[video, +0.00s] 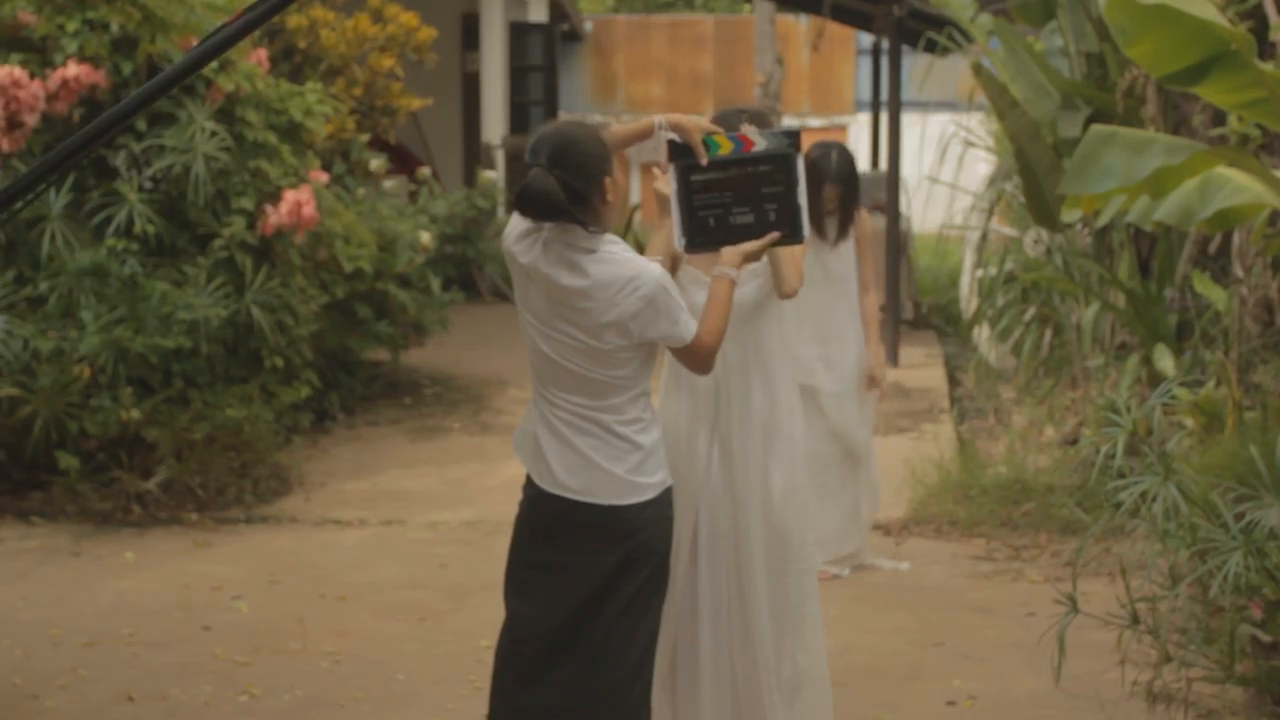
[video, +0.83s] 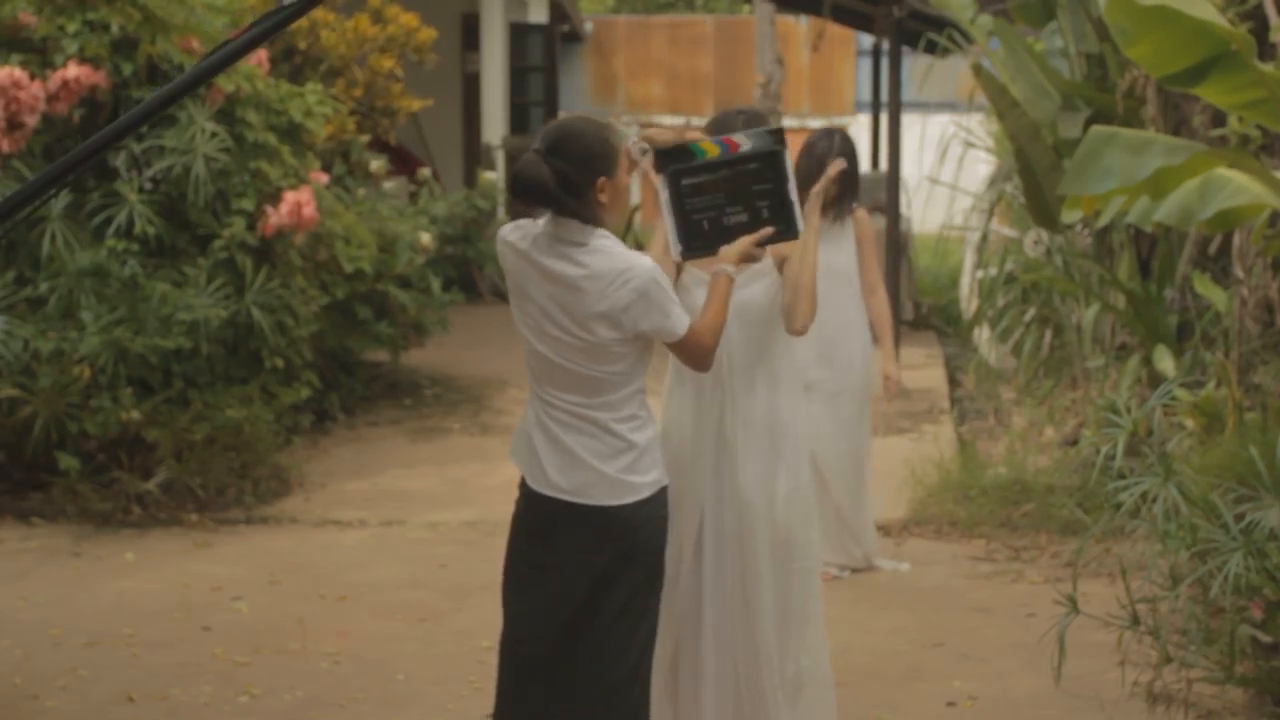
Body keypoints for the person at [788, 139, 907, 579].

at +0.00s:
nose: (828, 201)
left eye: (836, 192)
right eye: (821, 192)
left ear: (849, 189)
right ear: (806, 188)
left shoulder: (860, 225)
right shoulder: (792, 223)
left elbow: (869, 291)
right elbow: (778, 290)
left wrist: (874, 351)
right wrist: (774, 357)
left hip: (843, 353)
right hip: (796, 355)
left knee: (844, 450)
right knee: (803, 451)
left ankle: (845, 547)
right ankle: (809, 550)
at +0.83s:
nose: (832, 183)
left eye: (841, 175)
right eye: (824, 174)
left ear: (850, 176)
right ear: (805, 173)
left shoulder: (857, 220)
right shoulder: (786, 221)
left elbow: (873, 288)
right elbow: (771, 293)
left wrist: (888, 354)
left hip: (845, 353)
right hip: (795, 354)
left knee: (844, 450)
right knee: (802, 451)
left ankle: (850, 547)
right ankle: (812, 552)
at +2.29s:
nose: (812, 147)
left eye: (824, 141)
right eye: (805, 140)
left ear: (840, 158)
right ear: (792, 154)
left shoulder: (851, 210)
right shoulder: (776, 211)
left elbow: (862, 248)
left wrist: (875, 192)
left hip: (843, 335)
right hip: (789, 335)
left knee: (846, 435)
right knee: (793, 433)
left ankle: (846, 543)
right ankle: (801, 540)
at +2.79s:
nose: (815, 152)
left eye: (825, 145)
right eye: (807, 145)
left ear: (840, 160)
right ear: (792, 158)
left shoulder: (850, 213)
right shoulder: (777, 212)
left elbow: (894, 204)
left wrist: (878, 179)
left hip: (847, 333)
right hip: (795, 334)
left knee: (848, 436)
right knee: (800, 436)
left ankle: (849, 543)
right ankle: (806, 546)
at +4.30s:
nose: (813, 160)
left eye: (822, 151)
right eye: (803, 151)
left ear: (836, 157)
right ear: (791, 160)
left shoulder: (860, 218)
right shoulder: (780, 219)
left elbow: (873, 289)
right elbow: (771, 291)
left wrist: (875, 356)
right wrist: (772, 353)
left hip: (848, 352)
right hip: (795, 351)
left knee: (848, 448)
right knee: (800, 445)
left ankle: (851, 546)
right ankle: (807, 546)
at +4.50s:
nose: (814, 161)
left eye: (823, 152)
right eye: (804, 152)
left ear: (837, 158)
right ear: (792, 160)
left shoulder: (860, 218)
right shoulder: (780, 218)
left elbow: (874, 289)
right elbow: (770, 290)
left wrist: (875, 354)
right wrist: (771, 351)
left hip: (848, 351)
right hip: (795, 351)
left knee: (848, 448)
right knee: (799, 444)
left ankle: (850, 546)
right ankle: (805, 545)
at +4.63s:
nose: (815, 161)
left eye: (824, 152)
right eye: (805, 152)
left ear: (838, 159)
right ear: (792, 160)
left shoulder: (860, 218)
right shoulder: (780, 218)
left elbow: (874, 288)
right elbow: (769, 290)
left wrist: (875, 355)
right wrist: (771, 352)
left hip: (848, 351)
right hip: (795, 351)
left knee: (848, 448)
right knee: (800, 444)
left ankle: (851, 546)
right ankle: (806, 545)